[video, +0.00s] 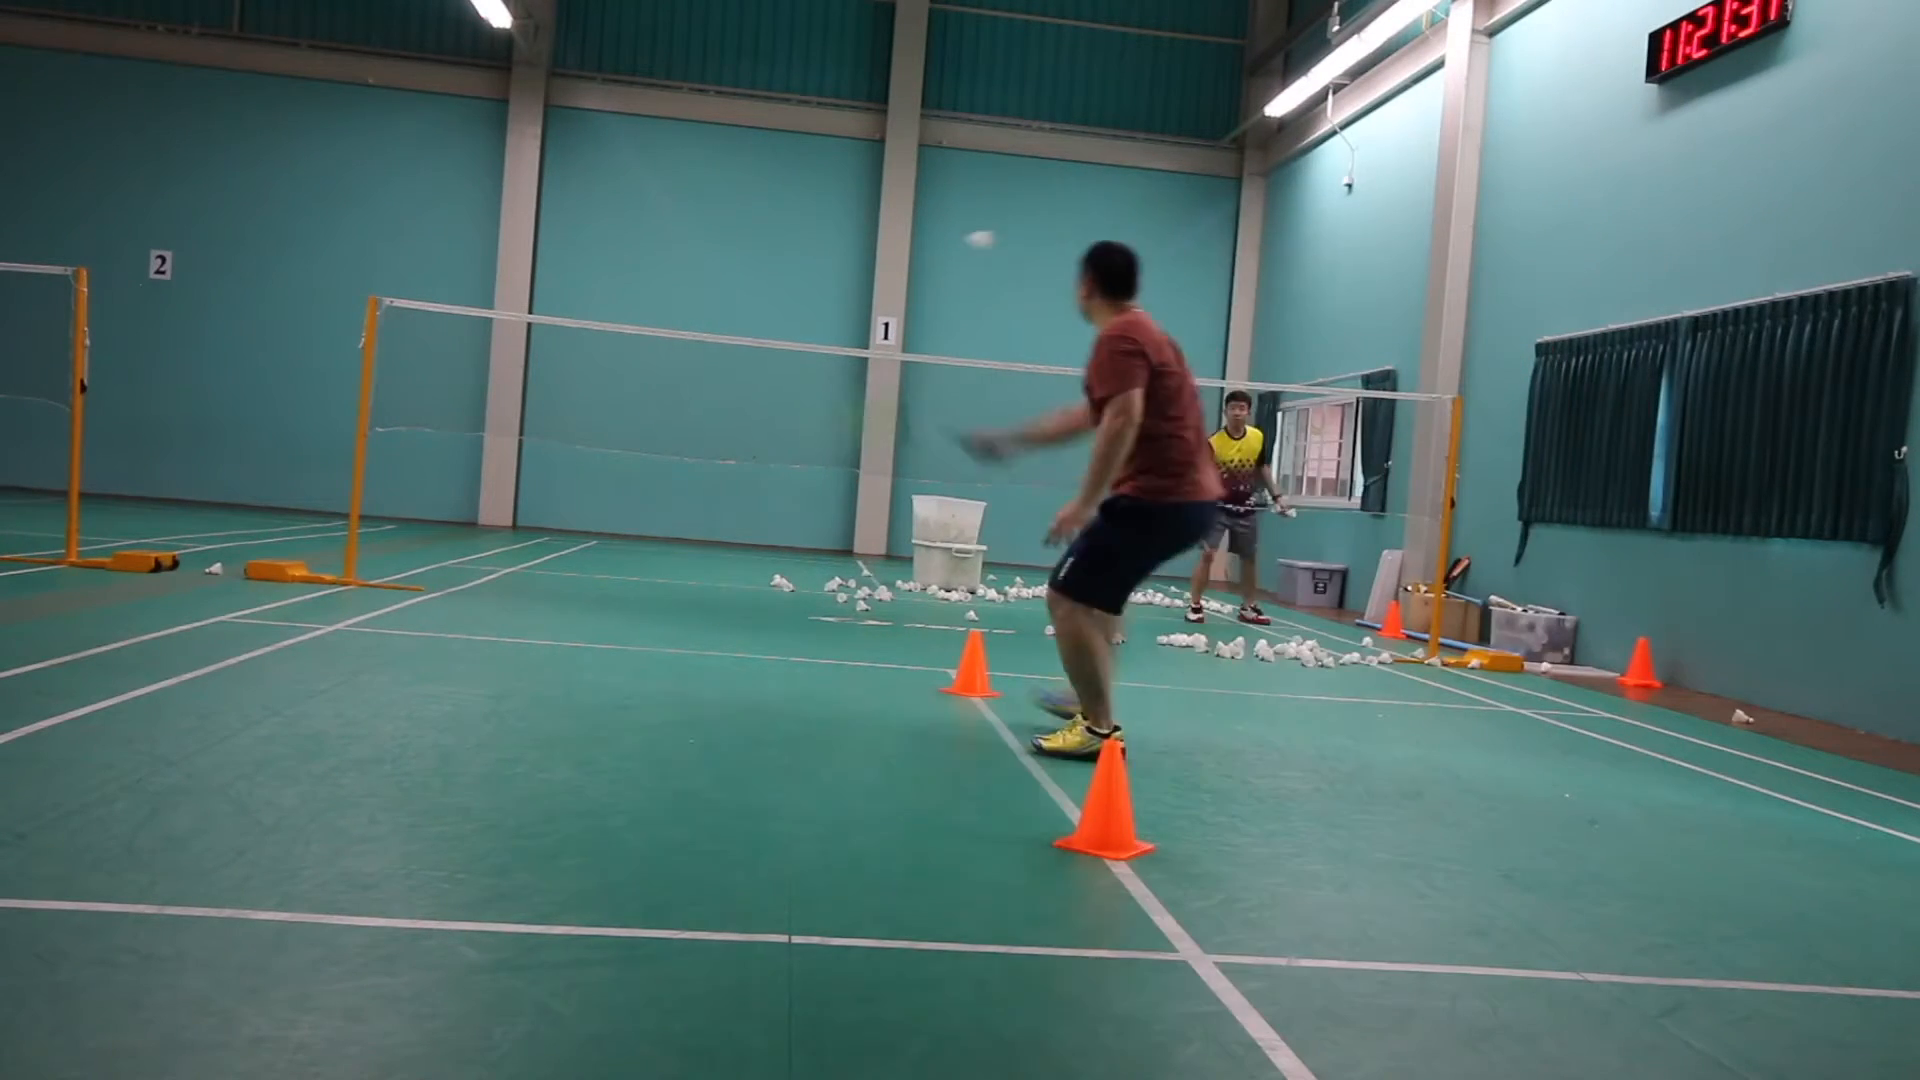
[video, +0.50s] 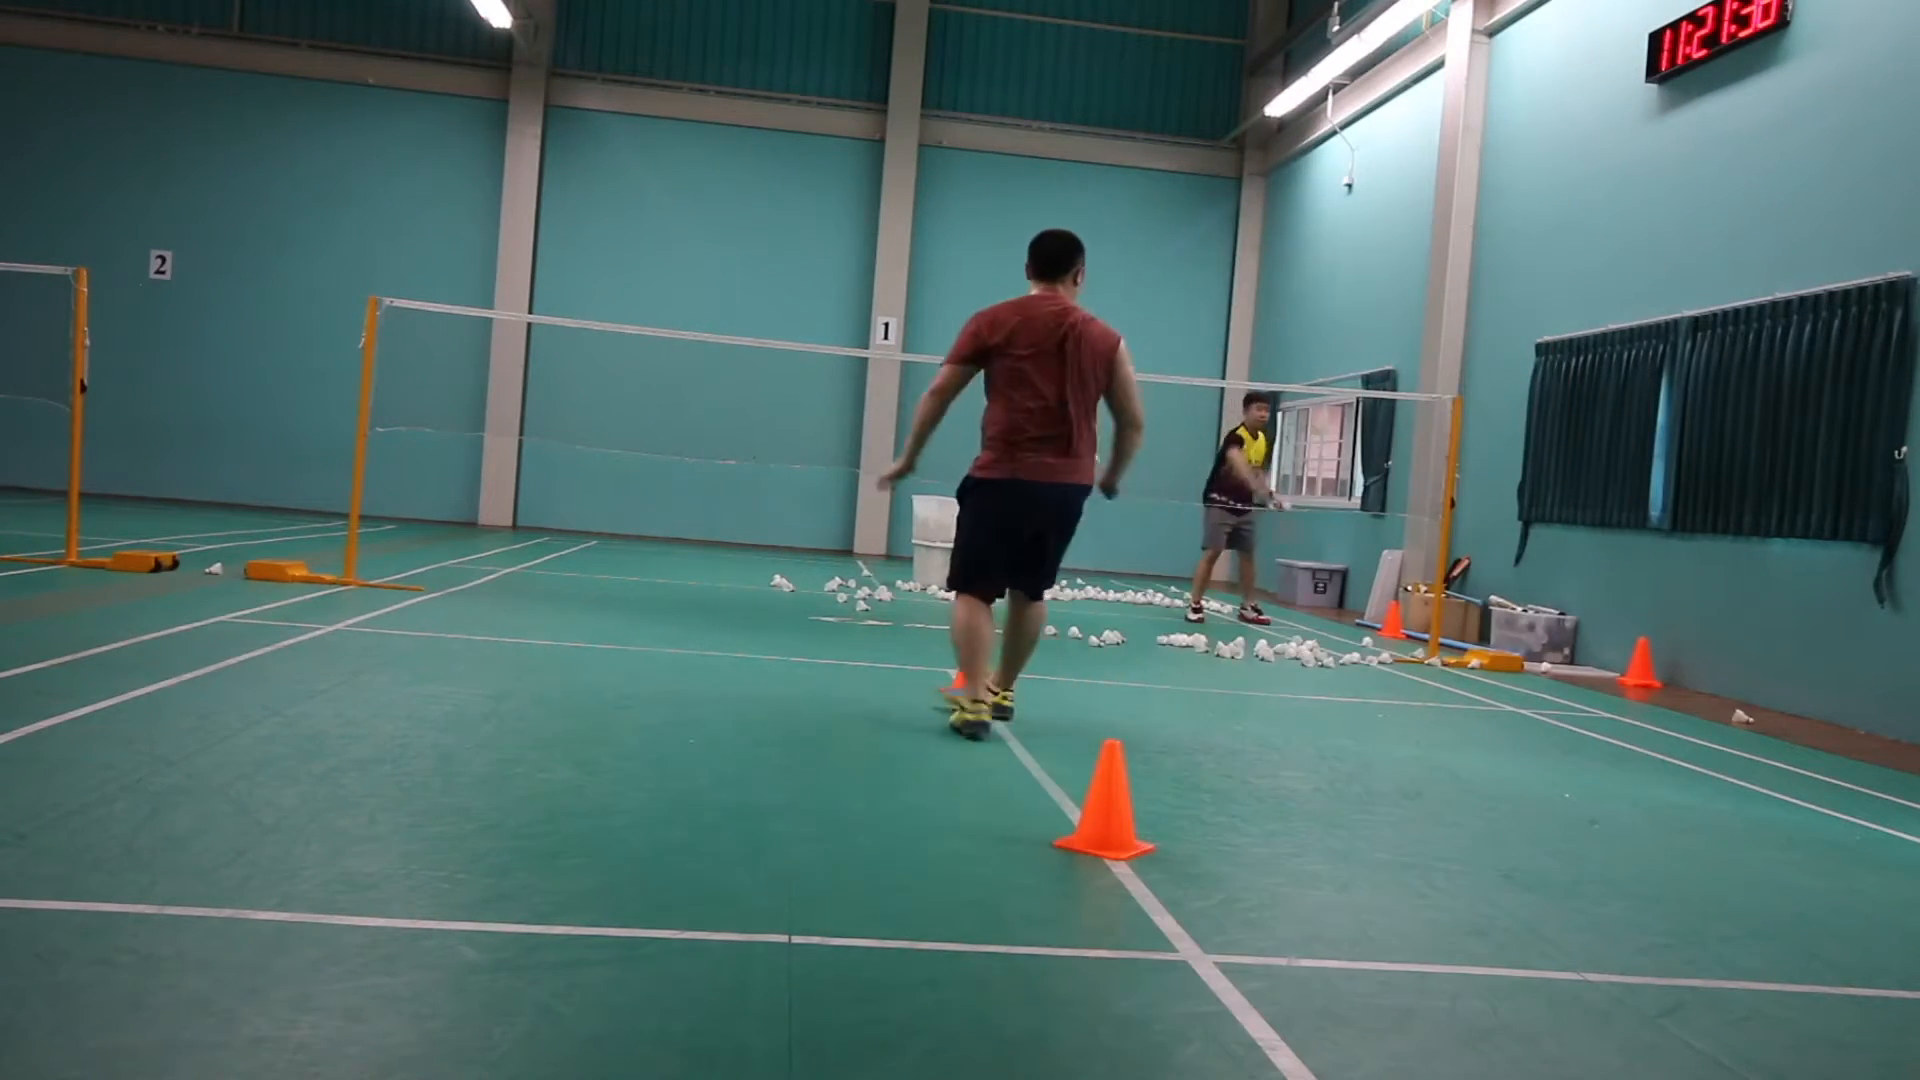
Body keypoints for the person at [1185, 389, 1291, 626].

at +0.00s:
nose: (1238, 413)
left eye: (1242, 409)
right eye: (1233, 408)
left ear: (1248, 412)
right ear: (1225, 412)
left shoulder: (1258, 438)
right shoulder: (1213, 443)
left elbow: (1264, 468)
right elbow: (1204, 473)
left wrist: (1276, 496)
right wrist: (1208, 497)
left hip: (1246, 508)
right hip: (1219, 505)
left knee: (1249, 559)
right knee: (1208, 554)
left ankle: (1249, 605)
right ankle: (1196, 603)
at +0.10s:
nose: (1239, 413)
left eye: (1243, 408)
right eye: (1234, 408)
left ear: (1250, 412)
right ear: (1227, 412)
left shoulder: (1262, 438)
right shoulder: (1214, 444)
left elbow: (1269, 467)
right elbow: (1198, 479)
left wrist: (1285, 494)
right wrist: (1191, 511)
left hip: (1251, 510)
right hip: (1220, 508)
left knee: (1251, 558)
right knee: (1211, 553)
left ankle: (1248, 606)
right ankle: (1195, 602)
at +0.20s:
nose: (1240, 413)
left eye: (1245, 408)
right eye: (1236, 408)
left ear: (1252, 413)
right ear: (1229, 412)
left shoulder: (1264, 439)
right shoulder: (1216, 445)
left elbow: (1272, 467)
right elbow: (1201, 479)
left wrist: (1286, 494)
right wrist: (1194, 511)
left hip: (1253, 511)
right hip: (1223, 509)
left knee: (1255, 558)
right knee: (1213, 554)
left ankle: (1249, 605)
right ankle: (1196, 602)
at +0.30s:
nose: (1245, 414)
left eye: (1249, 410)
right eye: (1240, 409)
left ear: (1256, 414)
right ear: (1232, 413)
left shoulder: (1266, 440)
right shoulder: (1220, 445)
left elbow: (1272, 469)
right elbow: (1207, 480)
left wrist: (1285, 495)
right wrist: (1206, 514)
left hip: (1254, 512)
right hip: (1224, 510)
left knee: (1256, 558)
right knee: (1213, 555)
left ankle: (1249, 605)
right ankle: (1196, 602)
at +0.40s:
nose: (1251, 414)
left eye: (1255, 410)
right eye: (1246, 409)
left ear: (1260, 414)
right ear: (1237, 412)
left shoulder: (1267, 439)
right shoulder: (1224, 444)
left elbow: (1269, 471)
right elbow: (1214, 481)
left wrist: (1284, 497)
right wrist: (1230, 511)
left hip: (1251, 507)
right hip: (1222, 505)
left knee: (1252, 559)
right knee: (1212, 553)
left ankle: (1249, 606)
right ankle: (1196, 602)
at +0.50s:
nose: (1263, 414)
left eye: (1266, 410)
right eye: (1258, 409)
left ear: (1269, 415)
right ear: (1245, 412)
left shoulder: (1263, 440)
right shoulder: (1235, 438)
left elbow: (1259, 472)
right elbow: (1239, 468)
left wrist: (1269, 493)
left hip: (1245, 504)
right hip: (1221, 501)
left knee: (1247, 554)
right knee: (1213, 551)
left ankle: (1248, 604)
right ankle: (1196, 603)